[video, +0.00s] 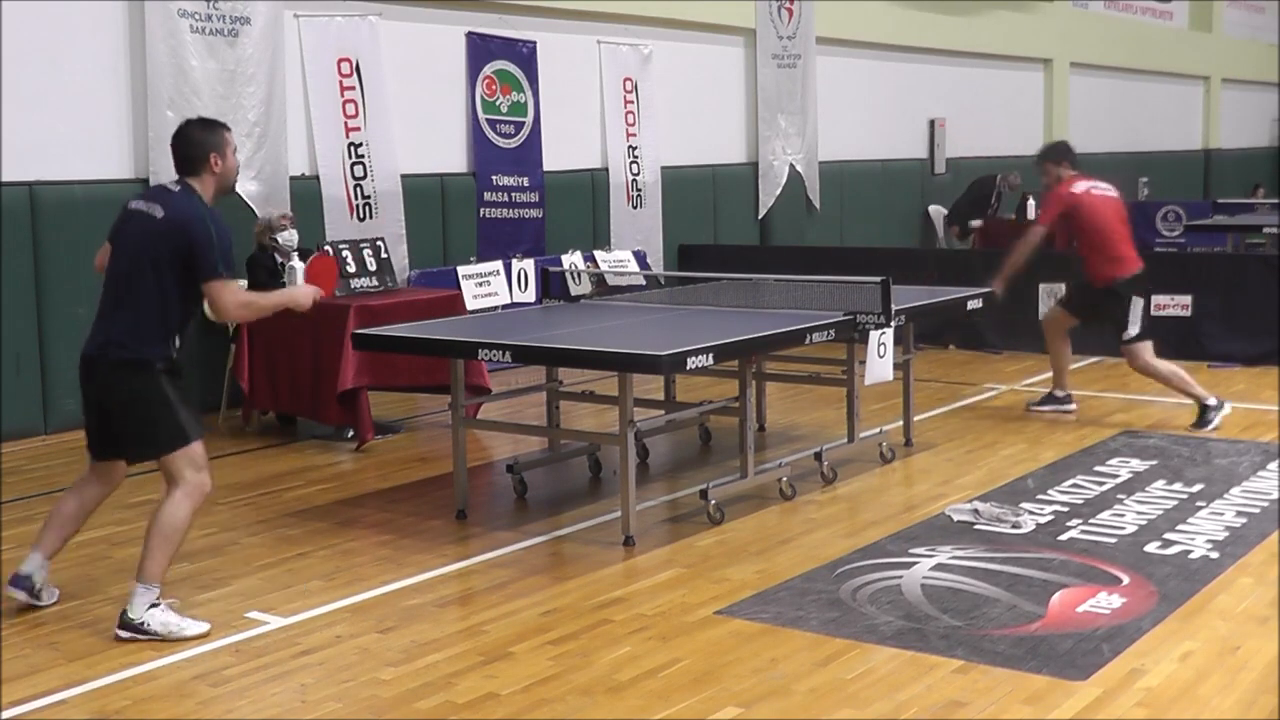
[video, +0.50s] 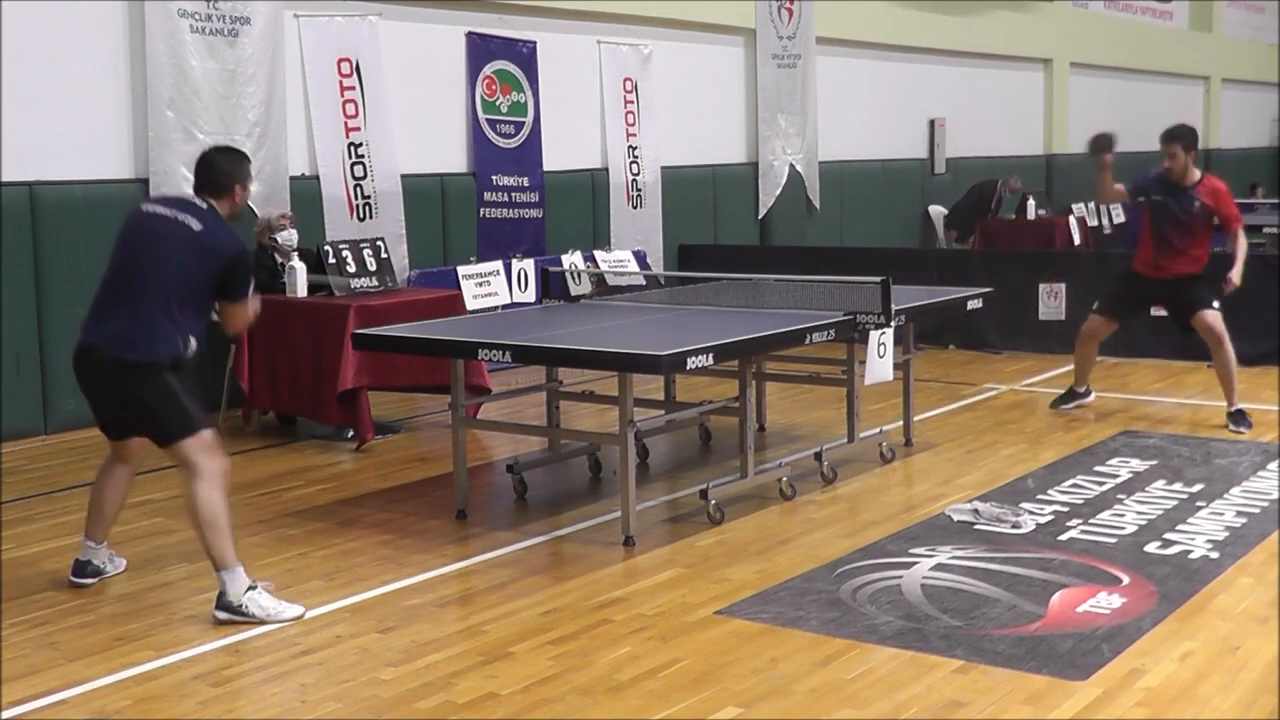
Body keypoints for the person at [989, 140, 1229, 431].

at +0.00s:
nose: (1044, 178)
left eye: (1046, 171)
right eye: (1043, 172)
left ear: (1062, 166)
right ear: (1069, 166)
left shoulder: (1062, 192)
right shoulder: (1104, 187)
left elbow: (1033, 238)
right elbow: (1115, 230)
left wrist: (1002, 278)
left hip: (1128, 283)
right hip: (1098, 284)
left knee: (1140, 359)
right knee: (1053, 323)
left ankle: (1209, 402)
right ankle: (1060, 395)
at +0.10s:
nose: (1068, 180)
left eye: (1069, 172)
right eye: (1066, 173)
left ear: (1084, 168)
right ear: (1096, 167)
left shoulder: (1090, 190)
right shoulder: (1126, 190)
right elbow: (1134, 234)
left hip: (1141, 287)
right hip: (1115, 285)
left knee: (1149, 365)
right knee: (1066, 323)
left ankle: (1218, 408)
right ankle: (1063, 394)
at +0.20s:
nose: (1110, 166)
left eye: (1111, 158)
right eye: (1109, 159)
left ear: (1126, 152)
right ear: (1125, 154)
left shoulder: (1172, 179)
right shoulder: (1127, 184)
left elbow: (1172, 220)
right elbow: (1095, 210)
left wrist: (1123, 215)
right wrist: (1069, 184)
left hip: (1163, 283)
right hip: (1127, 277)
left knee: (1165, 348)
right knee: (1070, 319)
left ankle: (1219, 411)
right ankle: (1081, 388)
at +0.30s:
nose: (1138, 163)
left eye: (1144, 157)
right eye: (1137, 157)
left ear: (1162, 154)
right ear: (1137, 153)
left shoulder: (1192, 186)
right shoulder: (1137, 175)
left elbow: (1205, 232)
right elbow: (1102, 161)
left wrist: (1171, 219)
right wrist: (1124, 139)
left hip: (1171, 280)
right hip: (1128, 275)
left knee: (1193, 339)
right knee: (1072, 324)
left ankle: (1226, 408)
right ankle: (1101, 371)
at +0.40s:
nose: (1165, 173)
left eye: (1171, 166)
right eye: (1163, 166)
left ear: (1190, 164)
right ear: (1159, 162)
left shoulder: (1213, 199)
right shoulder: (1153, 185)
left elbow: (1237, 244)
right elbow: (1110, 184)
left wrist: (1229, 268)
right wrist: (1131, 148)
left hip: (1182, 284)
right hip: (1135, 279)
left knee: (1209, 330)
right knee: (1080, 332)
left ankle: (1233, 408)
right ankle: (1078, 385)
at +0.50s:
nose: (1166, 163)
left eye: (1173, 157)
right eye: (1164, 156)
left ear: (1192, 154)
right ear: (1161, 154)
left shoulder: (1213, 189)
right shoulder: (1154, 181)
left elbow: (1238, 233)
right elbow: (1107, 195)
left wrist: (1237, 268)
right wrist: (1105, 168)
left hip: (1188, 280)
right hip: (1141, 277)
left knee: (1215, 330)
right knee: (1089, 332)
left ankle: (1234, 408)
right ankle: (1080, 388)